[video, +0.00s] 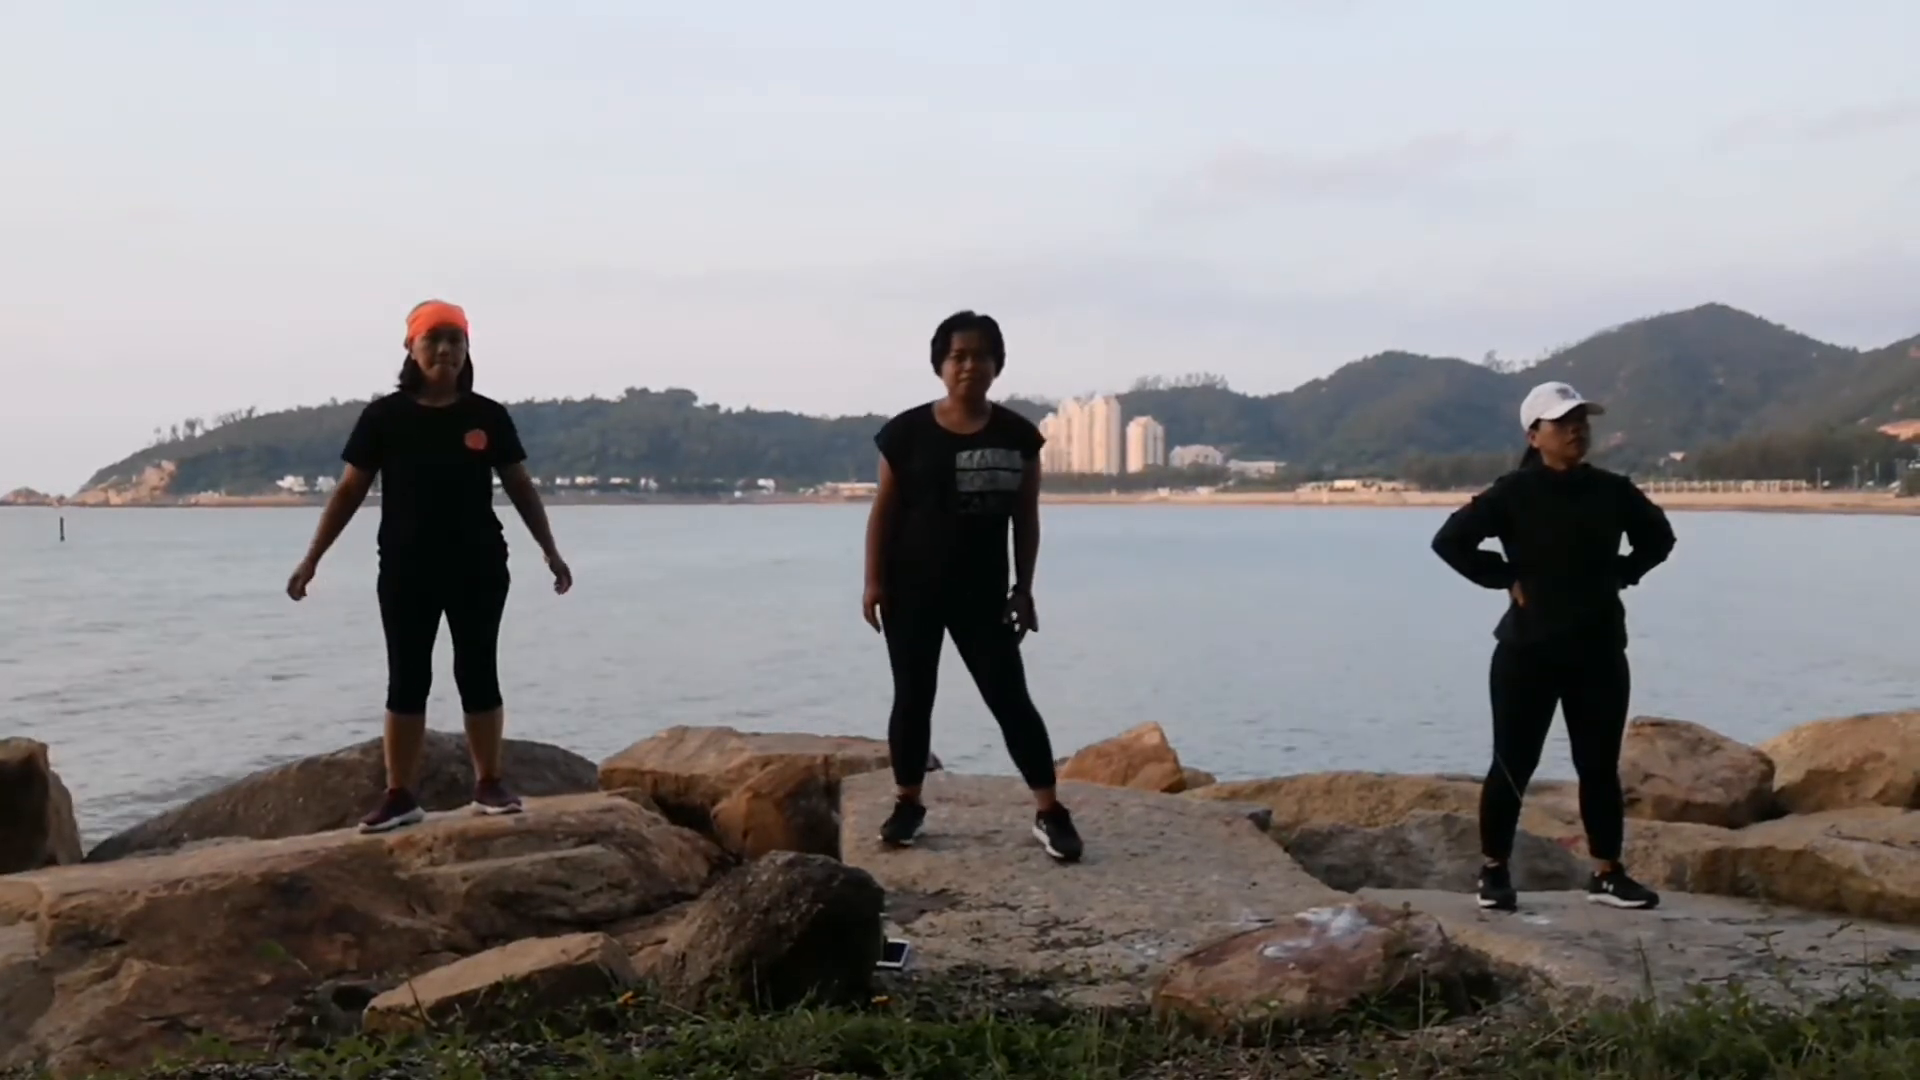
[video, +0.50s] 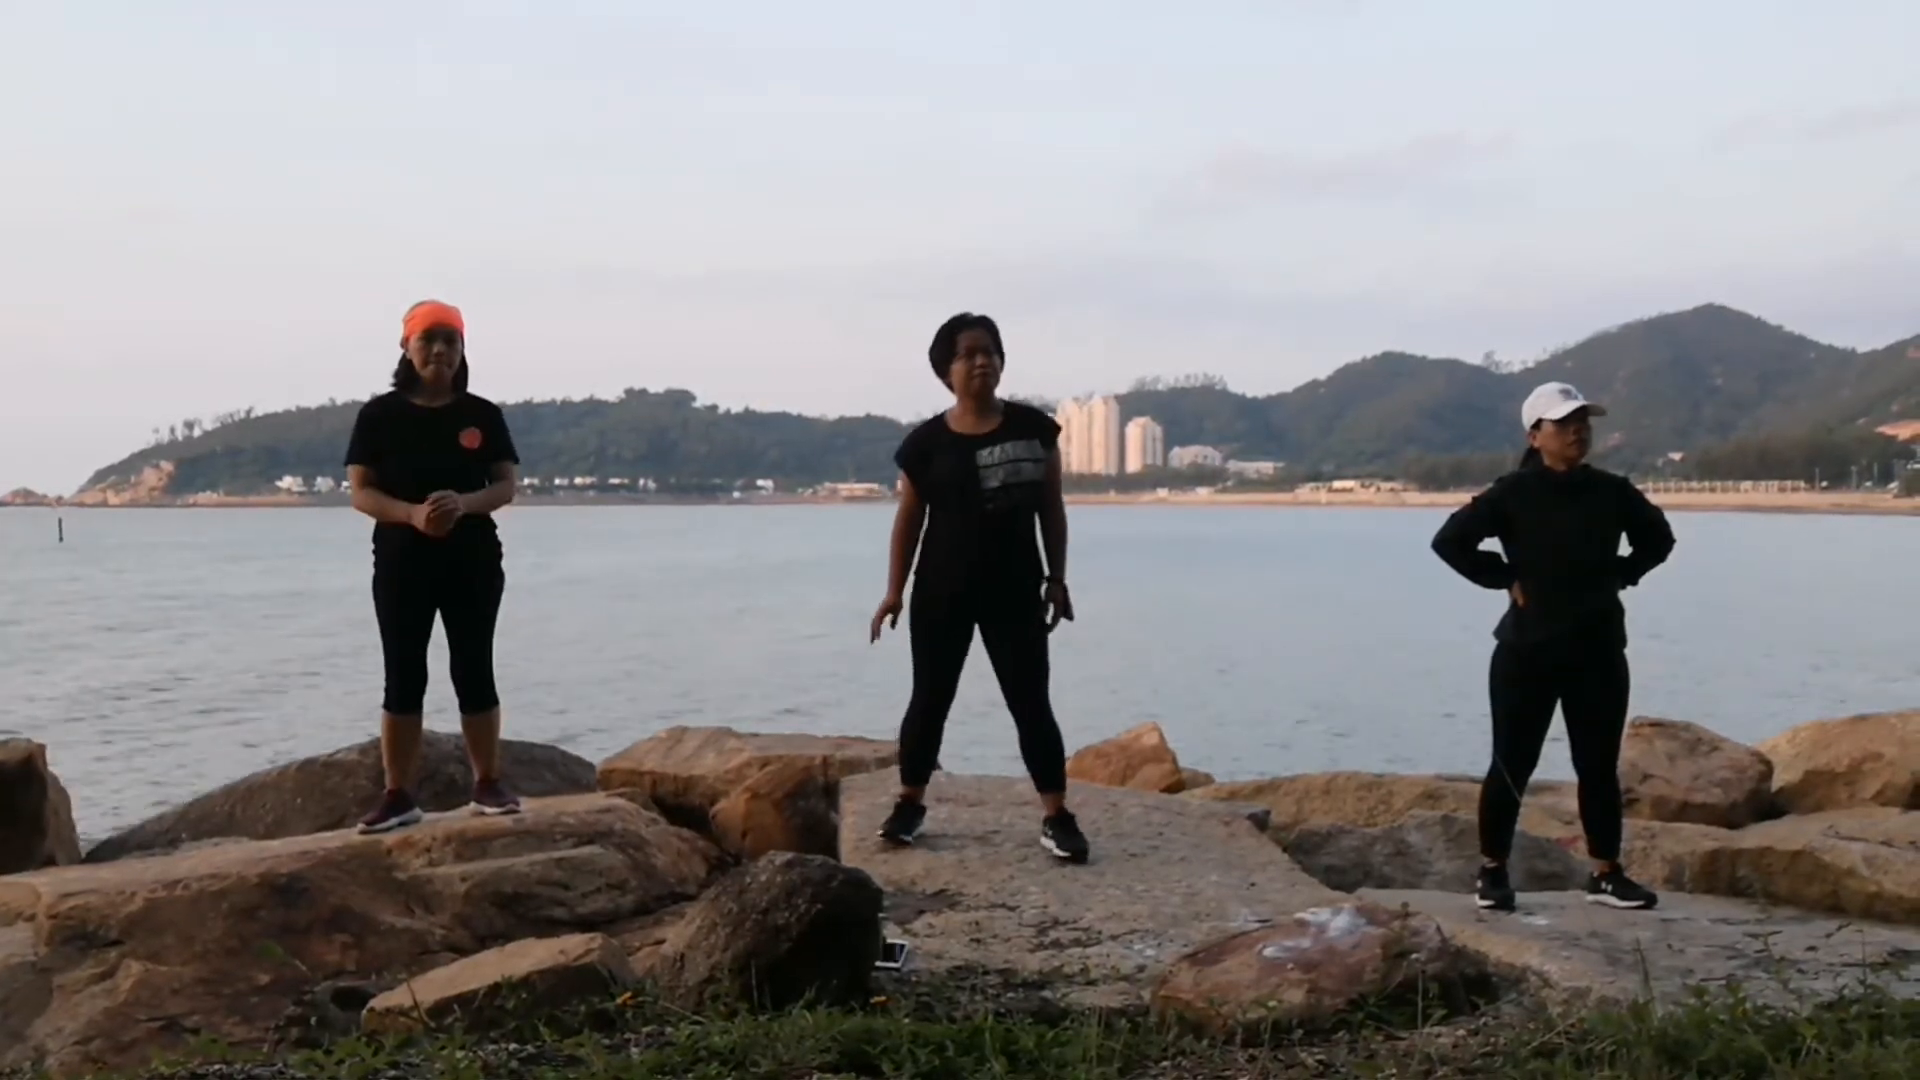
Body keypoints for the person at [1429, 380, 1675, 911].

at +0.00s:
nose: (1579, 431)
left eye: (1581, 421)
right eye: (1566, 423)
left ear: (1585, 425)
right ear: (1535, 434)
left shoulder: (1611, 490)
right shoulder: (1512, 493)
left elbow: (1660, 537)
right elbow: (1449, 543)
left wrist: (1621, 572)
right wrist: (1507, 577)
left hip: (1597, 650)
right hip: (1529, 650)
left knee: (1600, 767)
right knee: (1512, 765)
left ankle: (1608, 873)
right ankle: (1494, 872)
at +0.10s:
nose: (1579, 431)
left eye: (1581, 421)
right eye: (1566, 423)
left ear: (1585, 425)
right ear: (1535, 434)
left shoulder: (1611, 490)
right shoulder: (1513, 493)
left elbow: (1660, 537)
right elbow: (1448, 542)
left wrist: (1620, 572)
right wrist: (1506, 577)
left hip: (1597, 649)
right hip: (1529, 650)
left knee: (1600, 767)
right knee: (1512, 765)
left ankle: (1608, 873)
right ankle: (1494, 872)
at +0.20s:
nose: (1579, 431)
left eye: (1581, 421)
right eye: (1565, 423)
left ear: (1585, 425)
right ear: (1535, 434)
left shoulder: (1611, 490)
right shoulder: (1512, 493)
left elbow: (1660, 538)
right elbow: (1448, 542)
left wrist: (1619, 573)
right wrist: (1506, 577)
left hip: (1597, 650)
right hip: (1529, 650)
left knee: (1600, 767)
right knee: (1512, 765)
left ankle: (1607, 873)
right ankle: (1494, 872)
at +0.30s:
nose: (1579, 431)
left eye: (1581, 421)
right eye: (1566, 424)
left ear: (1586, 426)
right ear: (1535, 435)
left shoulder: (1611, 490)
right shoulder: (1512, 493)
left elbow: (1660, 538)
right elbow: (1448, 542)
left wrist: (1618, 574)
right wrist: (1506, 577)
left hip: (1597, 650)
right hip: (1528, 650)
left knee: (1600, 767)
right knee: (1512, 765)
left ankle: (1607, 873)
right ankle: (1494, 872)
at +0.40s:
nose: (1580, 432)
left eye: (1582, 422)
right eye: (1567, 424)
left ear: (1586, 427)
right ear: (1536, 435)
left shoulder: (1611, 490)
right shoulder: (1512, 493)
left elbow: (1659, 538)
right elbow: (1449, 542)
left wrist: (1620, 573)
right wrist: (1506, 577)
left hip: (1597, 650)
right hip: (1528, 651)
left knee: (1599, 767)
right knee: (1511, 765)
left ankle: (1607, 873)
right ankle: (1493, 872)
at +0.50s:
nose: (1580, 432)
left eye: (1582, 422)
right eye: (1567, 424)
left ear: (1587, 427)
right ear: (1536, 434)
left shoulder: (1611, 490)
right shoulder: (1512, 493)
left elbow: (1659, 538)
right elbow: (1449, 543)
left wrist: (1619, 574)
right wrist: (1506, 577)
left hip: (1597, 650)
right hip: (1528, 650)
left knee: (1599, 768)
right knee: (1511, 765)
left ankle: (1607, 873)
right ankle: (1493, 872)